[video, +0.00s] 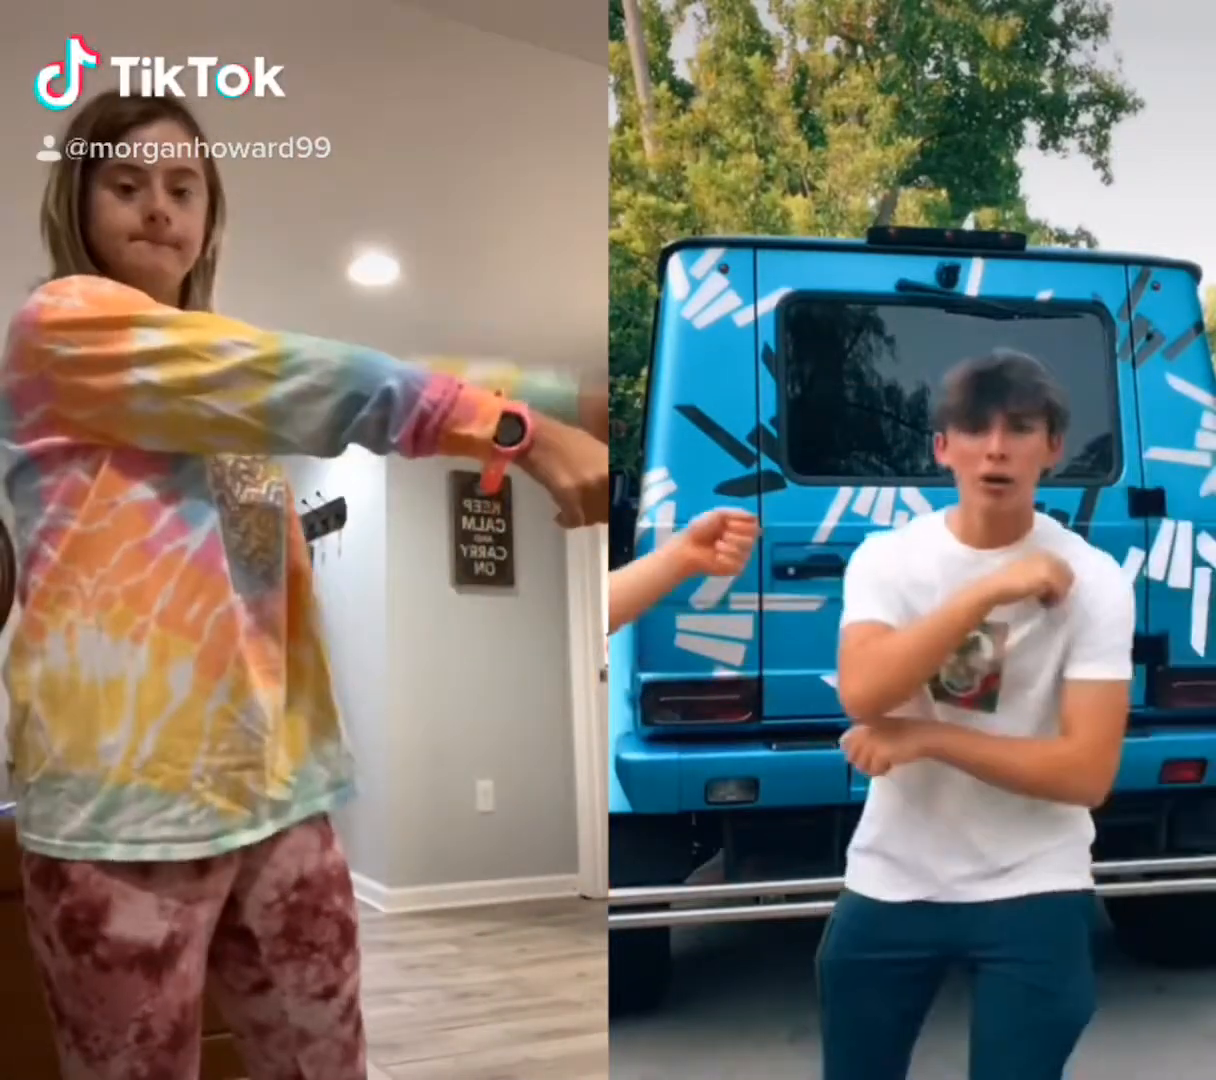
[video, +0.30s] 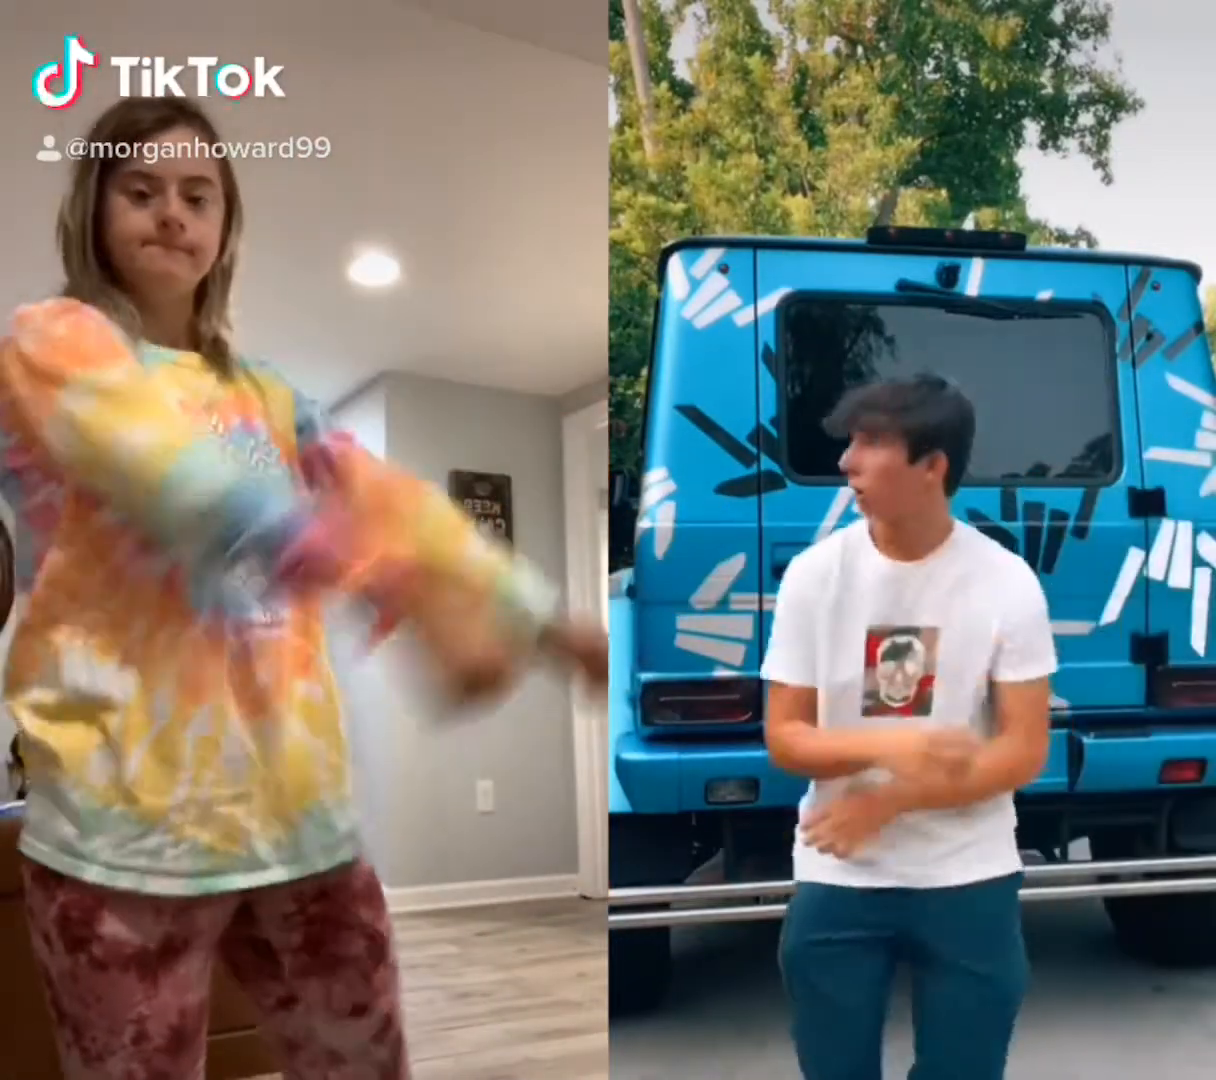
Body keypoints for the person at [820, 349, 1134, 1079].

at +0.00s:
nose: (996, 449)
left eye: (1018, 428)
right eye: (977, 429)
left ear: (1052, 449)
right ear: (945, 449)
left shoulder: (1095, 581)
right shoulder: (886, 560)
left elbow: (1088, 772)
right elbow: (863, 691)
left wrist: (930, 735)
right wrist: (987, 590)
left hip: (1034, 886)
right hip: (892, 880)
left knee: (1017, 1067)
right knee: (853, 1067)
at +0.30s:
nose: (846, 462)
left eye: (867, 444)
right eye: (850, 444)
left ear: (931, 467)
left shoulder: (1006, 585)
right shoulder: (814, 576)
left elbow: (1024, 750)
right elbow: (785, 739)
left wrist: (890, 798)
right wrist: (896, 743)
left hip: (970, 889)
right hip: (837, 889)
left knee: (962, 1069)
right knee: (834, 1068)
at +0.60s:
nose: (820, 430)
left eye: (839, 414)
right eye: (822, 414)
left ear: (902, 433)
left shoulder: (993, 533)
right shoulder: (795, 527)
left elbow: (1033, 636)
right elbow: (748, 623)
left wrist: (1090, 708)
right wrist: (637, 652)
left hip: (951, 818)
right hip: (832, 805)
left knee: (930, 1051)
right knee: (828, 995)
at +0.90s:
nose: (882, 467)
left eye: (901, 452)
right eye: (864, 450)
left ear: (924, 472)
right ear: (827, 468)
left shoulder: (962, 574)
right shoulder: (778, 583)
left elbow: (969, 719)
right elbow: (768, 735)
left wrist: (858, 622)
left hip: (944, 866)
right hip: (818, 877)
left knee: (963, 1063)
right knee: (832, 1066)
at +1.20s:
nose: (911, 441)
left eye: (931, 423)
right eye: (891, 422)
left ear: (960, 437)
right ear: (858, 438)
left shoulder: (999, 558)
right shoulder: (806, 551)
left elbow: (1027, 724)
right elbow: (810, 720)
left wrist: (928, 666)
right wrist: (938, 673)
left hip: (966, 854)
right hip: (838, 862)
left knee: (963, 1063)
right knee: (853, 1062)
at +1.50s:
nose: (928, 442)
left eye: (949, 422)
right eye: (907, 424)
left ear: (981, 446)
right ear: (872, 448)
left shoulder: (1025, 568)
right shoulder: (812, 575)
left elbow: (1086, 757)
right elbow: (802, 768)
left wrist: (1025, 655)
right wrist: (888, 652)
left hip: (985, 878)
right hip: (854, 883)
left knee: (982, 1068)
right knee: (876, 1067)